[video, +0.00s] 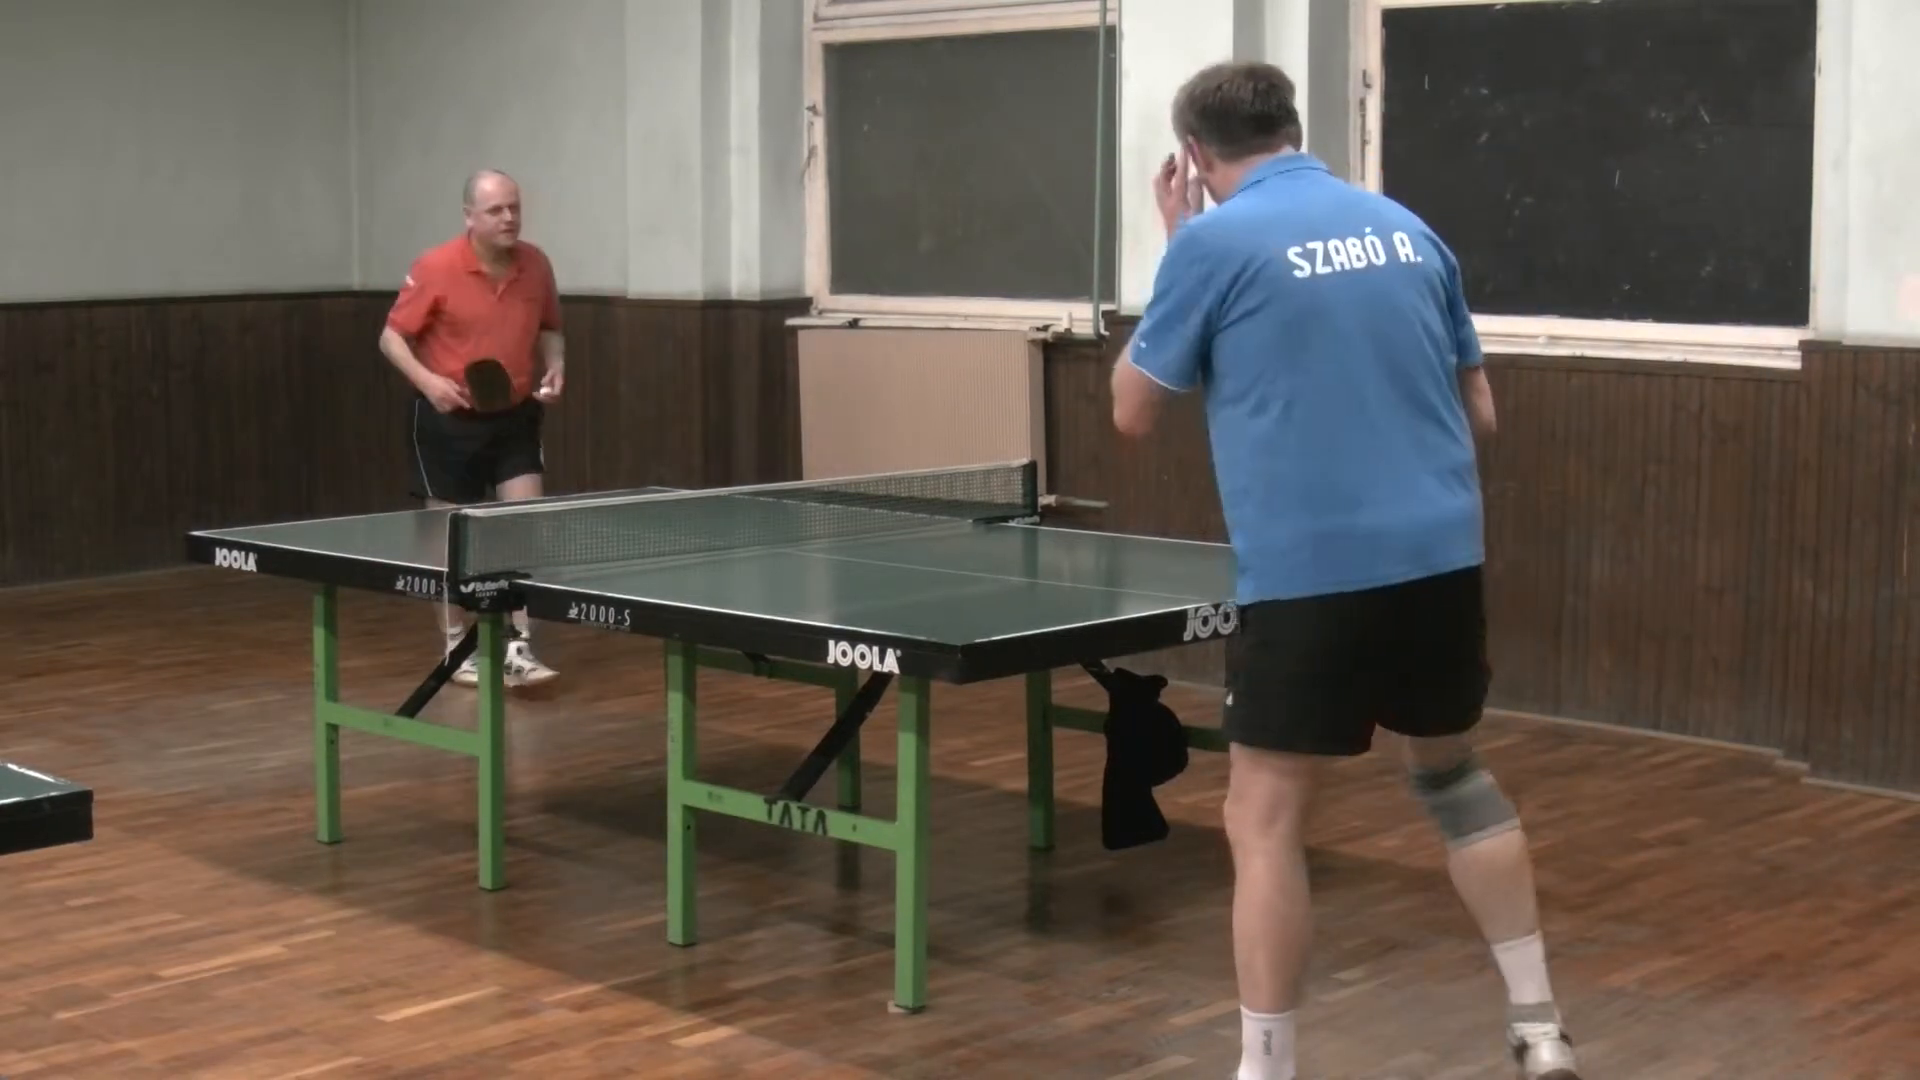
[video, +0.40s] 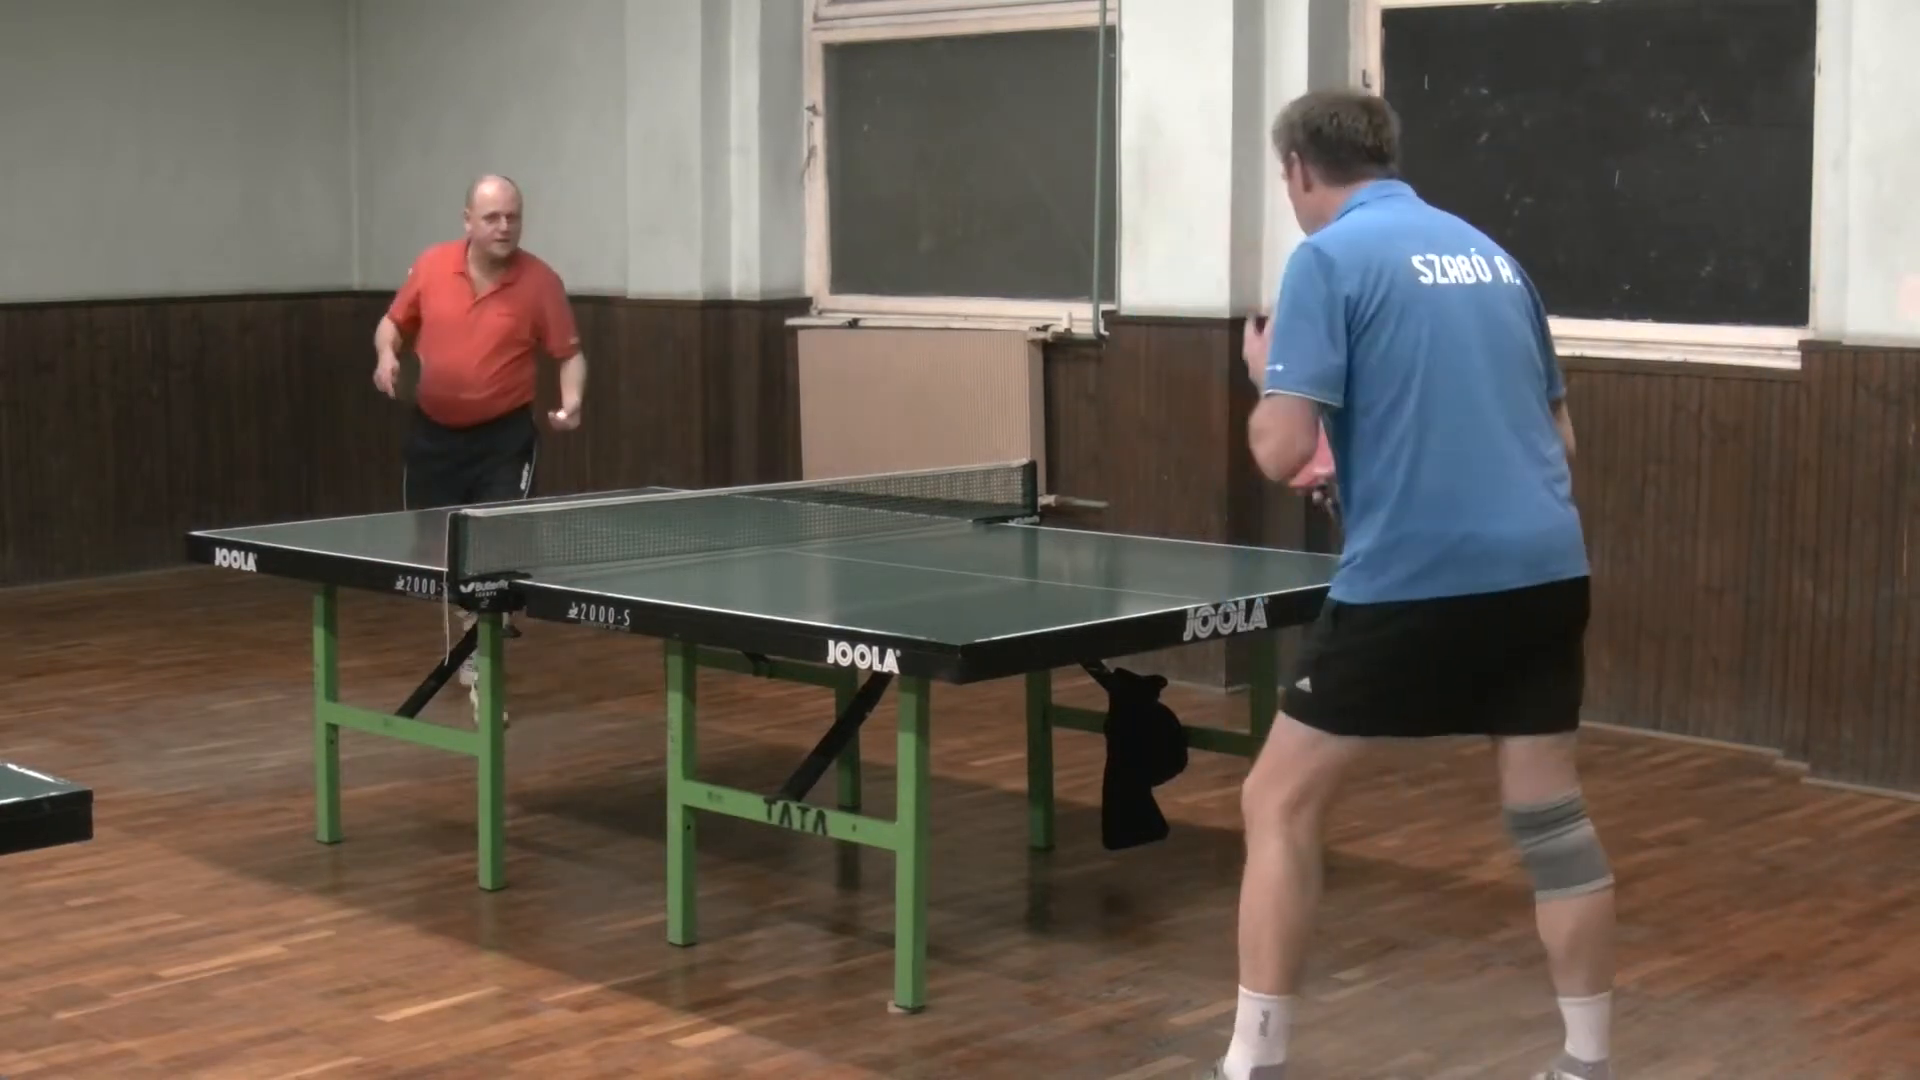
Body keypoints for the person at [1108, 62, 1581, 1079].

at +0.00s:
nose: (1188, 177)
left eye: (1187, 165)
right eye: (1187, 167)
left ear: (1199, 159)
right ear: (1297, 135)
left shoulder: (1216, 242)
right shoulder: (1407, 228)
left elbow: (1133, 413)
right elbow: (1478, 411)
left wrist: (1179, 252)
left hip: (1303, 574)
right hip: (1443, 558)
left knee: (1265, 817)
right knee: (1451, 768)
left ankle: (1265, 1066)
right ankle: (1540, 1027)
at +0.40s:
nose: (1290, 200)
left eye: (1287, 182)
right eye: (1290, 183)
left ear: (1303, 172)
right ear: (1384, 162)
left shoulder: (1326, 258)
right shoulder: (1490, 253)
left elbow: (1281, 453)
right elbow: (1551, 438)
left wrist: (1270, 376)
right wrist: (1356, 464)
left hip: (1409, 578)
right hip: (1546, 570)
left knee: (1279, 803)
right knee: (1549, 812)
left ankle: (1253, 1057)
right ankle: (1588, 1060)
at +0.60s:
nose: (1268, 246)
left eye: (1263, 231)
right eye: (1264, 232)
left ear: (1279, 215)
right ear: (1361, 200)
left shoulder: (1300, 280)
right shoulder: (1467, 269)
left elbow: (1323, 444)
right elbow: (1560, 452)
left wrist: (1303, 531)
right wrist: (1380, 521)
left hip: (1425, 575)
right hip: (1552, 563)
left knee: (1335, 828)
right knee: (1555, 814)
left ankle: (1256, 1063)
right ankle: (1587, 1062)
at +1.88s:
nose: (1257, 277)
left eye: (1259, 265)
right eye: (1265, 266)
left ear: (1273, 265)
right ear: (1360, 268)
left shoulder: (1233, 336)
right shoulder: (1418, 352)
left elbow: (1168, 508)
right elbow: (1468, 511)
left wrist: (1198, 630)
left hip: (1300, 639)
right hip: (1438, 636)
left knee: (1187, 845)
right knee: (1469, 817)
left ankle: (1194, 1064)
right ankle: (1535, 1011)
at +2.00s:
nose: (1224, 283)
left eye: (1226, 272)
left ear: (1239, 272)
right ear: (1326, 281)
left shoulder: (1197, 339)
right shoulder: (1379, 367)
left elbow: (1131, 510)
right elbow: (1387, 522)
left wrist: (1151, 641)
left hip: (1267, 644)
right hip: (1405, 639)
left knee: (1146, 845)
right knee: (1423, 801)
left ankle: (1179, 1067)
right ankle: (1519, 1014)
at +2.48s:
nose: (1229, 170)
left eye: (1231, 153)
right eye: (1232, 153)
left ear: (1250, 154)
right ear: (1341, 156)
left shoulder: (1267, 246)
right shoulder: (1396, 247)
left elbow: (1242, 428)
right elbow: (1386, 439)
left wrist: (1170, 587)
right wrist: (1277, 625)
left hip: (1344, 565)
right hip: (1459, 559)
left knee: (1234, 818)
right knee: (1394, 803)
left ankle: (1306, 1066)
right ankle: (1407, 1056)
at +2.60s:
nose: (1252, 152)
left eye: (1255, 136)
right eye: (1255, 136)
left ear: (1272, 145)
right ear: (1368, 148)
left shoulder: (1275, 248)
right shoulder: (1430, 251)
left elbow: (1256, 444)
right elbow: (1487, 439)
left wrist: (1194, 605)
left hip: (1348, 590)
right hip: (1473, 583)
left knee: (1307, 849)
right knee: (1418, 814)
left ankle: (1376, 1066)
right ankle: (1406, 1047)